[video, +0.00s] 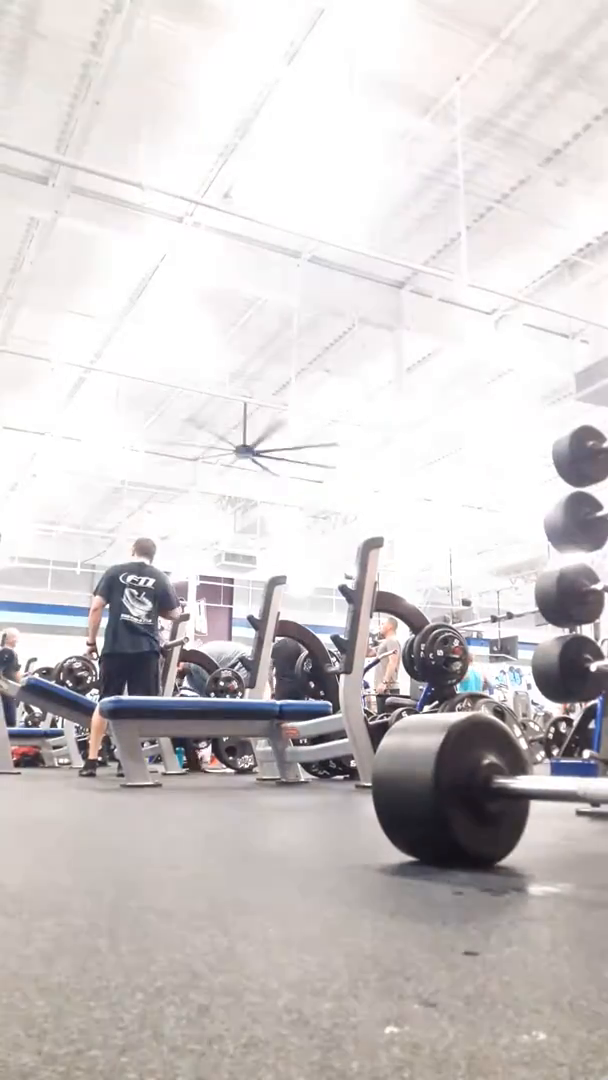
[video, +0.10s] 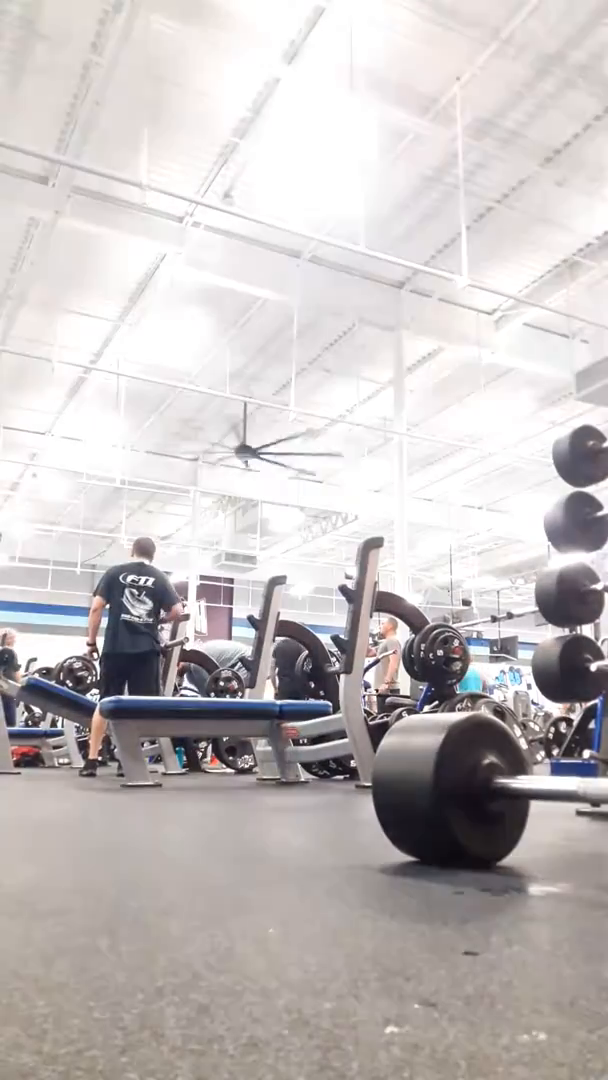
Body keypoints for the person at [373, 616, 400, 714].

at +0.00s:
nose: (381, 626)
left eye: (383, 624)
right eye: (381, 624)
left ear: (390, 626)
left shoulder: (392, 642)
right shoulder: (384, 643)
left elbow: (393, 662)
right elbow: (369, 653)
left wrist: (385, 682)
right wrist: (365, 639)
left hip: (388, 689)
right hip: (382, 688)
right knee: (382, 720)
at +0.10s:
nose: (381, 626)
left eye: (383, 624)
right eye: (381, 624)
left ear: (390, 626)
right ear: (389, 627)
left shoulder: (392, 642)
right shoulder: (385, 643)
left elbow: (394, 662)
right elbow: (369, 652)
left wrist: (386, 682)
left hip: (388, 689)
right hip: (382, 688)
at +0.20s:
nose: (381, 626)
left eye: (383, 624)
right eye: (381, 624)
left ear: (390, 626)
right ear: (389, 627)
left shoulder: (392, 642)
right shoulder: (385, 643)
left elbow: (394, 662)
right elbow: (370, 652)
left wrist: (387, 682)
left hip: (388, 689)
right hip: (381, 688)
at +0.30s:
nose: (381, 626)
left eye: (383, 623)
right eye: (381, 624)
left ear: (390, 626)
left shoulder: (392, 642)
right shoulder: (384, 643)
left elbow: (394, 663)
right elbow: (369, 653)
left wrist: (387, 683)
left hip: (388, 689)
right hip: (382, 689)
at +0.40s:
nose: (380, 626)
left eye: (383, 624)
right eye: (381, 624)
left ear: (390, 626)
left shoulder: (392, 642)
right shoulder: (385, 643)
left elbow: (394, 662)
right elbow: (370, 653)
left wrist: (387, 682)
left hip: (388, 688)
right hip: (382, 688)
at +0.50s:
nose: (380, 626)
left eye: (383, 623)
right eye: (381, 623)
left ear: (390, 626)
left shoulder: (392, 641)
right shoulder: (385, 642)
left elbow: (394, 662)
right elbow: (370, 654)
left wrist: (387, 682)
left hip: (388, 688)